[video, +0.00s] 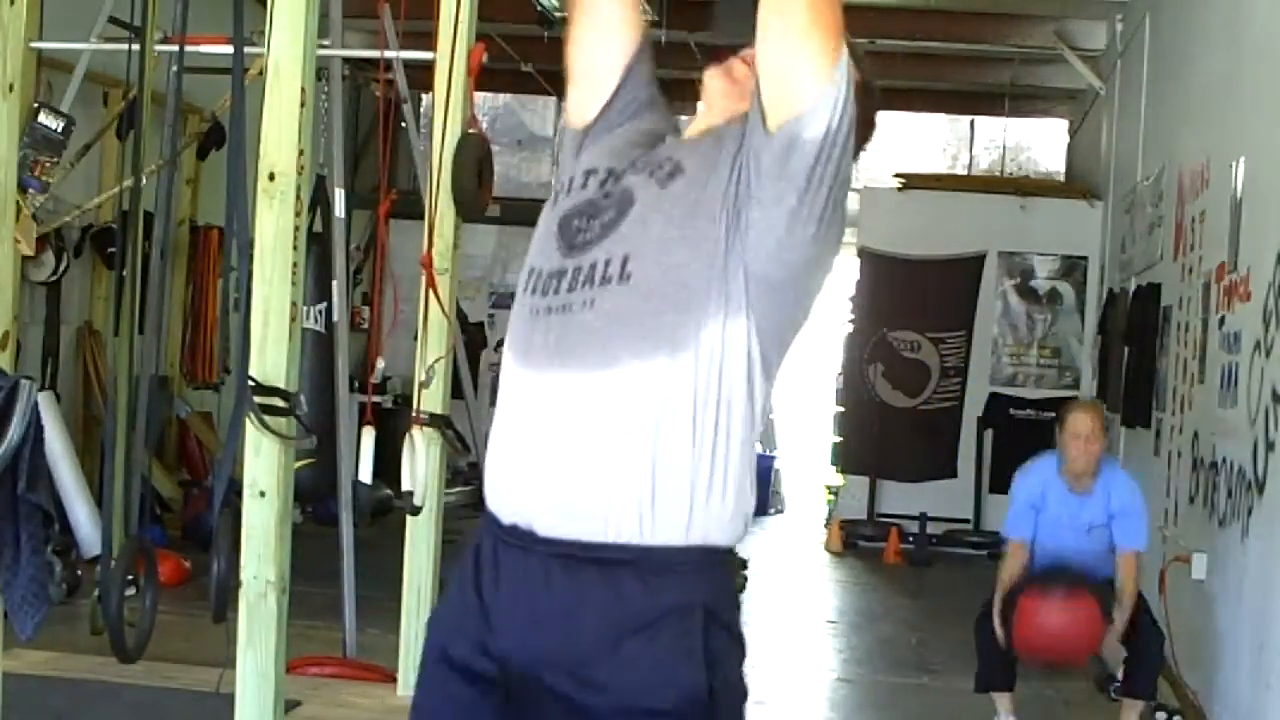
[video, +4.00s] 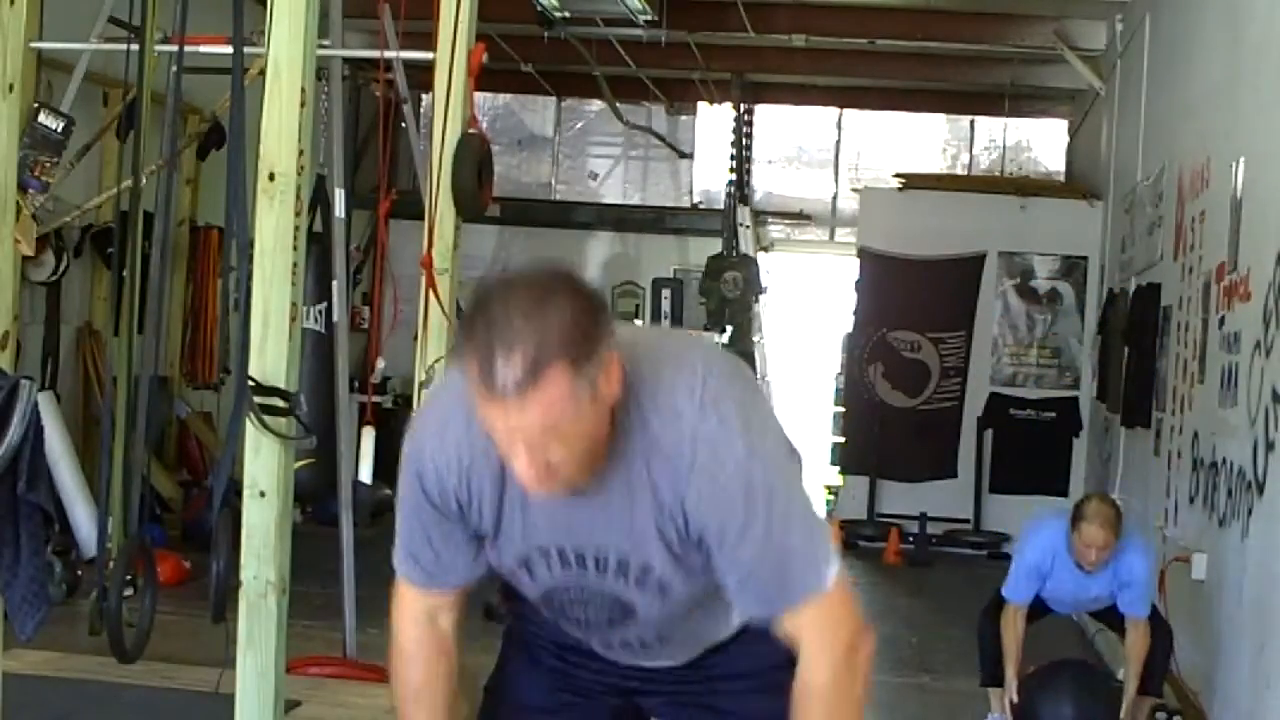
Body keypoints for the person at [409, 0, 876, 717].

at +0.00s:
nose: (734, 56)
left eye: (764, 57)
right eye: (739, 47)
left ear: (793, 106)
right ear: (713, 65)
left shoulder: (781, 173)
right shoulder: (610, 143)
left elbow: (805, 10)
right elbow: (601, 7)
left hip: (652, 600)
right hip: (496, 573)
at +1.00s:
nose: (728, 24)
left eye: (757, 28)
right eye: (728, 13)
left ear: (774, 77)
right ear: (699, 36)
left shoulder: (775, 161)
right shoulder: (606, 133)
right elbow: (605, 2)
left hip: (667, 601)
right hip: (510, 577)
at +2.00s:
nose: (762, 128)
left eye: (804, 132)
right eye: (773, 95)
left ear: (829, 178)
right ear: (752, 83)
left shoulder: (808, 258)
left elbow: (656, 210)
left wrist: (648, 107)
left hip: (630, 637)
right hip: (481, 597)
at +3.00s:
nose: (593, 328)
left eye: (625, 296)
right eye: (572, 290)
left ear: (668, 249)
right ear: (535, 232)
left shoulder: (746, 347)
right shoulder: (484, 318)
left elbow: (797, 561)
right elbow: (424, 474)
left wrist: (652, 694)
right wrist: (449, 647)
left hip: (733, 623)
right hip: (562, 613)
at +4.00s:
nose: (527, 468)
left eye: (550, 438)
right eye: (504, 440)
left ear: (608, 382)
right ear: (481, 403)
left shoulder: (707, 413)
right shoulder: (445, 432)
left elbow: (838, 640)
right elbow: (425, 617)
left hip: (727, 654)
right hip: (555, 646)